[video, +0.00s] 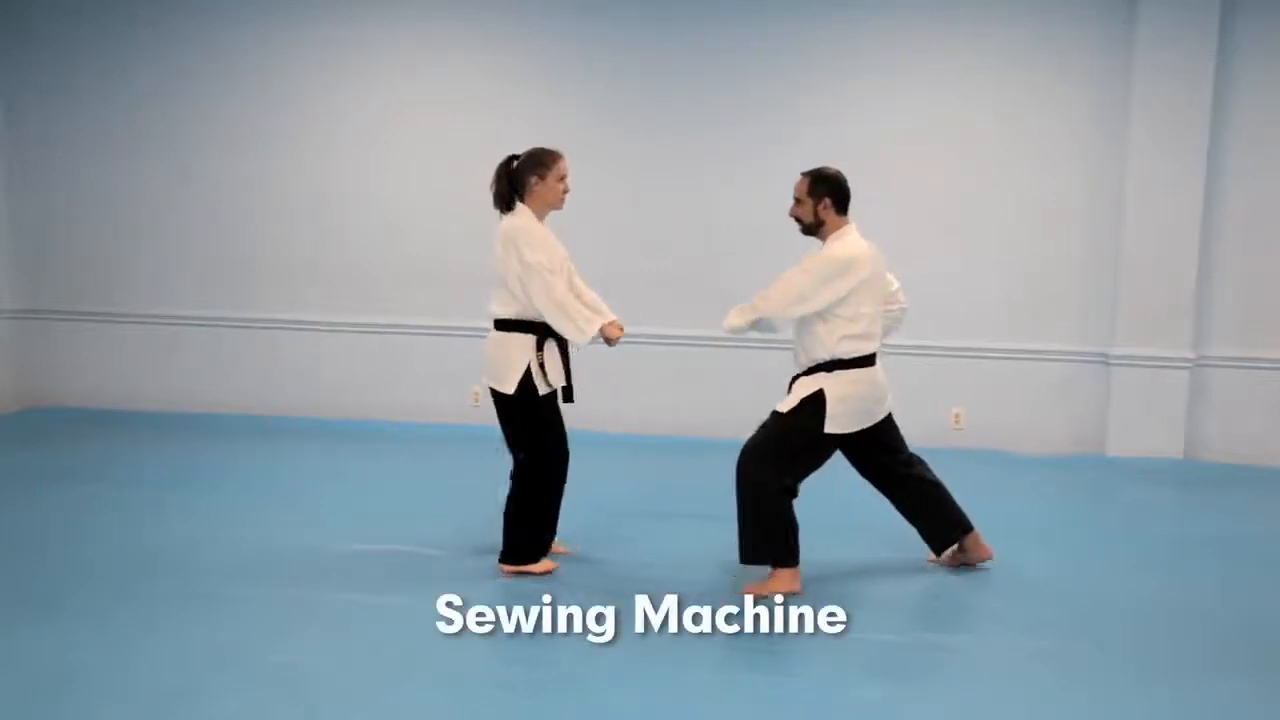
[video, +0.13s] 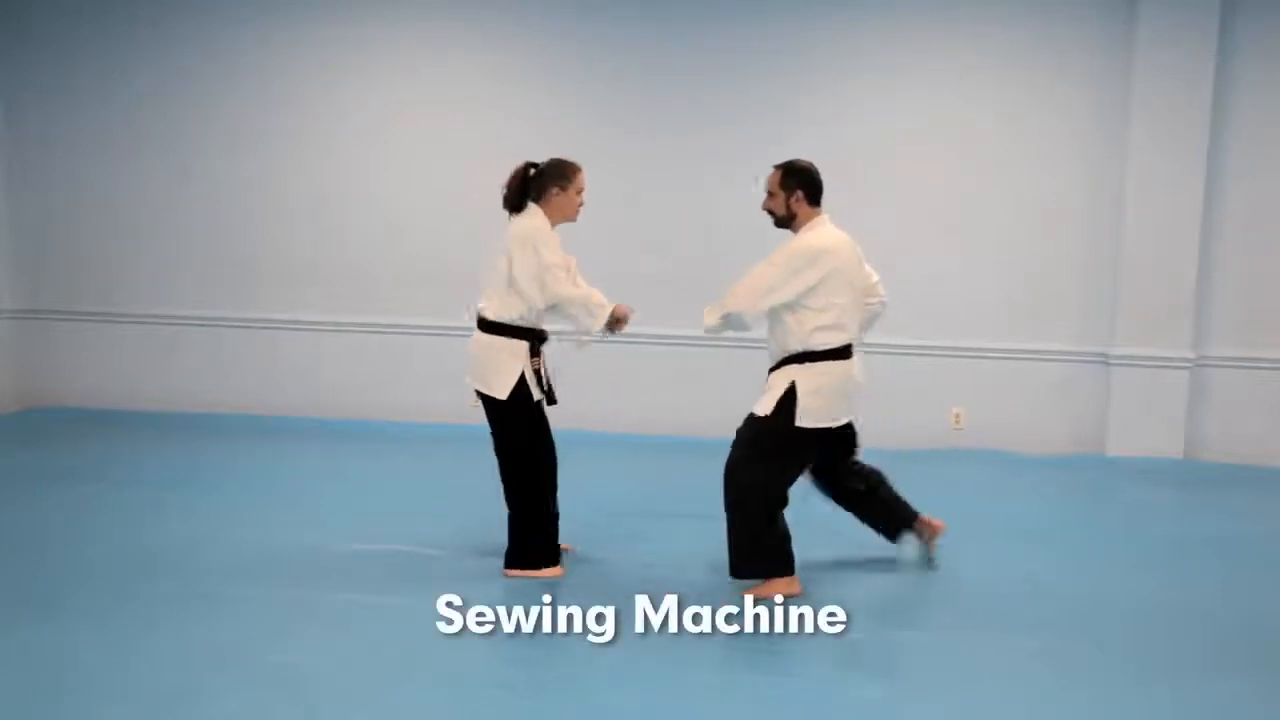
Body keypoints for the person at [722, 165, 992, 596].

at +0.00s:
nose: (791, 210)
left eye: (798, 201)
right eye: (793, 200)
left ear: (825, 206)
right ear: (831, 206)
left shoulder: (838, 254)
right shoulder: (865, 251)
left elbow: (780, 301)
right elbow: (894, 307)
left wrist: (739, 319)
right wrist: (858, 345)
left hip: (830, 393)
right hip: (864, 388)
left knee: (760, 464)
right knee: (897, 468)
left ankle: (784, 576)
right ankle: (968, 543)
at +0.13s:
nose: (764, 202)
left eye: (771, 194)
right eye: (765, 194)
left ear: (797, 198)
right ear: (804, 198)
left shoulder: (805, 248)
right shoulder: (842, 243)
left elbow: (743, 305)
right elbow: (874, 299)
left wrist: (720, 316)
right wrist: (838, 337)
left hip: (801, 386)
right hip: (838, 381)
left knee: (750, 473)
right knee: (836, 470)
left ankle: (776, 578)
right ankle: (917, 525)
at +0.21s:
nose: (743, 201)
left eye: (749, 192)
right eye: (744, 191)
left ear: (776, 195)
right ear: (785, 196)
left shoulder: (780, 246)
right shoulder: (827, 240)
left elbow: (723, 304)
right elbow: (857, 291)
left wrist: (704, 322)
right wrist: (824, 329)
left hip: (785, 381)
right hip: (823, 377)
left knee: (741, 473)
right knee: (780, 462)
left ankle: (774, 578)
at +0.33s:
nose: (712, 200)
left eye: (718, 191)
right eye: (713, 190)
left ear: (745, 195)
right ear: (753, 195)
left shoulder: (750, 244)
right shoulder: (797, 239)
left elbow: (700, 308)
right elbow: (825, 293)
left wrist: (679, 331)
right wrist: (790, 331)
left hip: (762, 379)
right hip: (793, 374)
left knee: (737, 482)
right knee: (696, 421)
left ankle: (774, 578)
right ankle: (701, 523)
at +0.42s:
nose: (691, 199)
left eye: (697, 191)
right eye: (693, 190)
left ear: (724, 195)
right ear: (730, 195)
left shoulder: (732, 243)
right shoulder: (765, 237)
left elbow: (701, 310)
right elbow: (775, 299)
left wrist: (673, 335)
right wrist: (719, 332)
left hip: (744, 378)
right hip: (756, 372)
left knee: (731, 485)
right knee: (674, 433)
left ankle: (771, 579)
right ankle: (626, 512)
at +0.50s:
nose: (669, 199)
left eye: (676, 191)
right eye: (671, 190)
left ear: (702, 195)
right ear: (704, 196)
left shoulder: (716, 246)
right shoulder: (713, 241)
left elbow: (722, 319)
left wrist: (673, 338)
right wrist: (661, 308)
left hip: (728, 382)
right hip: (706, 378)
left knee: (723, 488)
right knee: (654, 453)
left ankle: (773, 577)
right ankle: (606, 526)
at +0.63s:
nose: (645, 211)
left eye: (653, 204)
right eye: (646, 203)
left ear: (679, 209)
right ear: (675, 209)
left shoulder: (701, 262)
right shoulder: (659, 260)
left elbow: (736, 322)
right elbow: (607, 287)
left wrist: (687, 355)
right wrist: (543, 293)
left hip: (697, 398)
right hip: (661, 392)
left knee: (699, 490)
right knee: (608, 441)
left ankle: (790, 559)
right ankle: (593, 533)